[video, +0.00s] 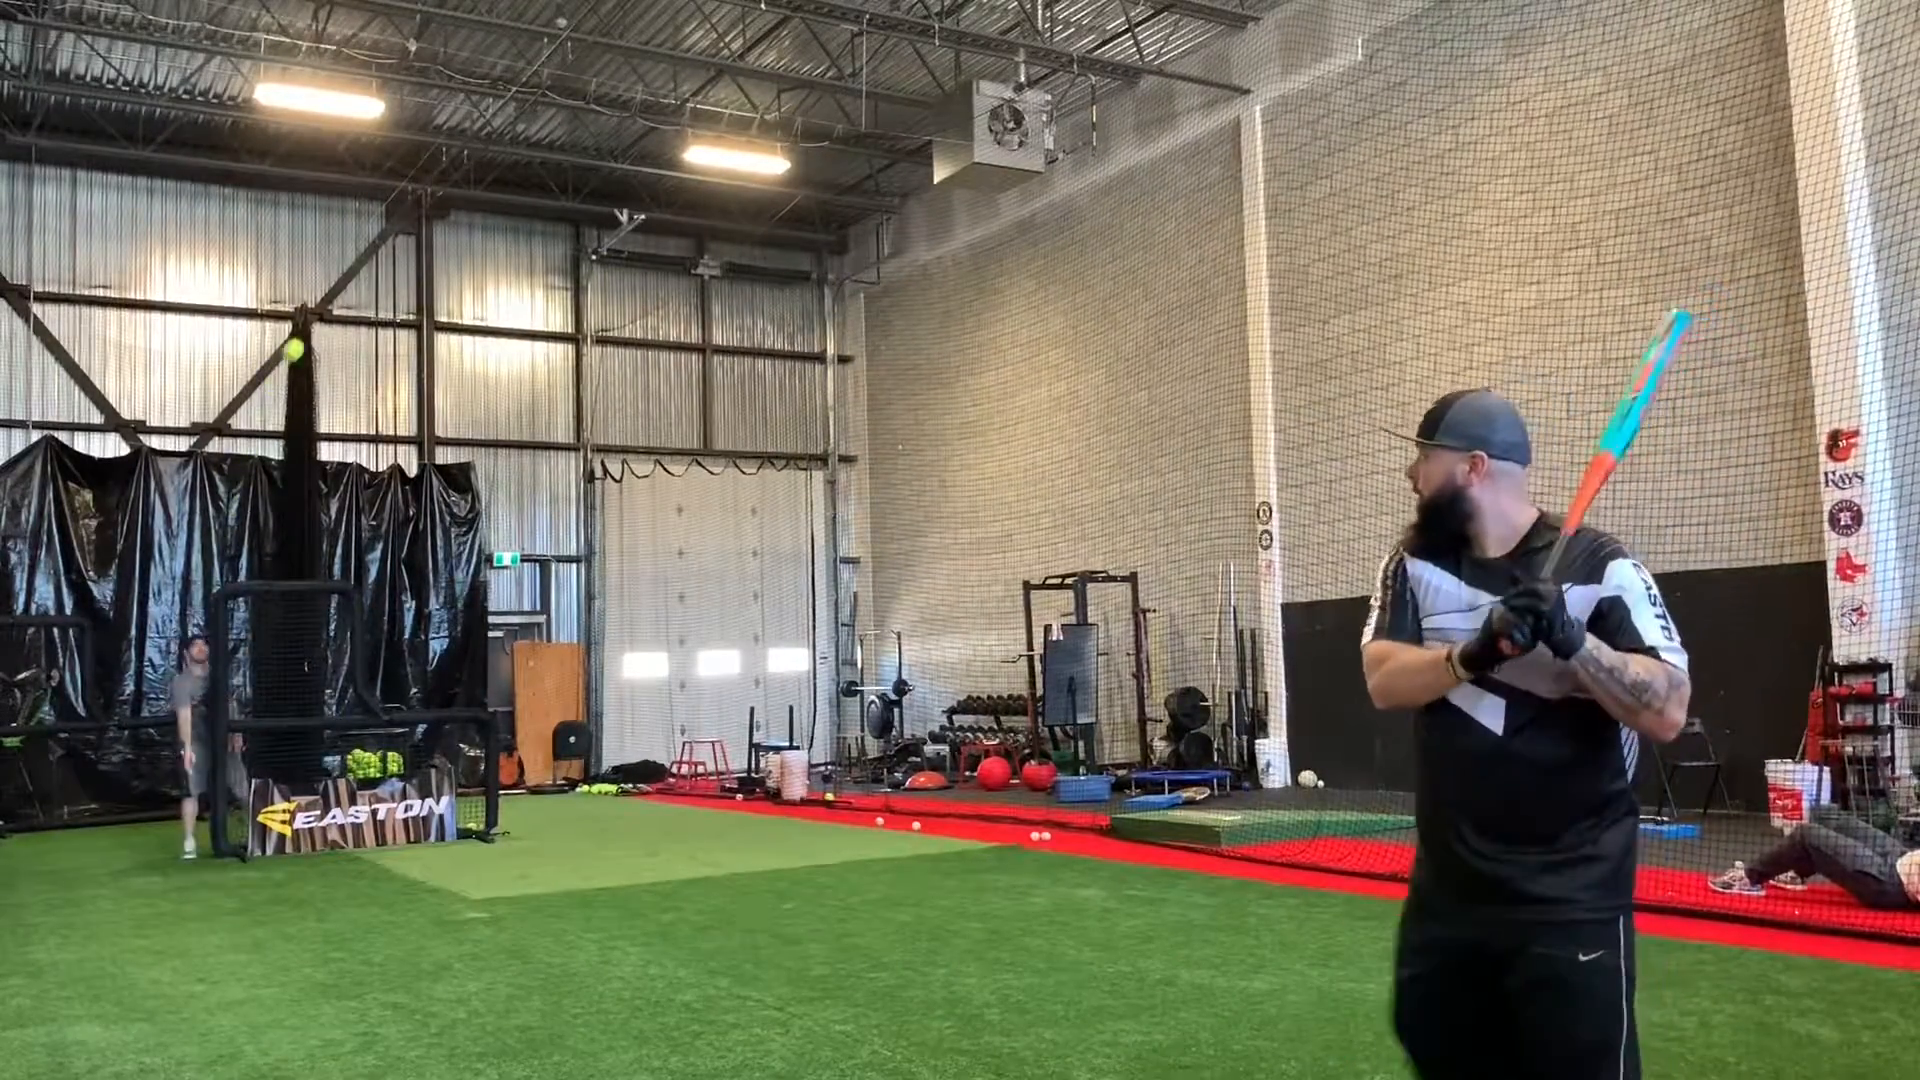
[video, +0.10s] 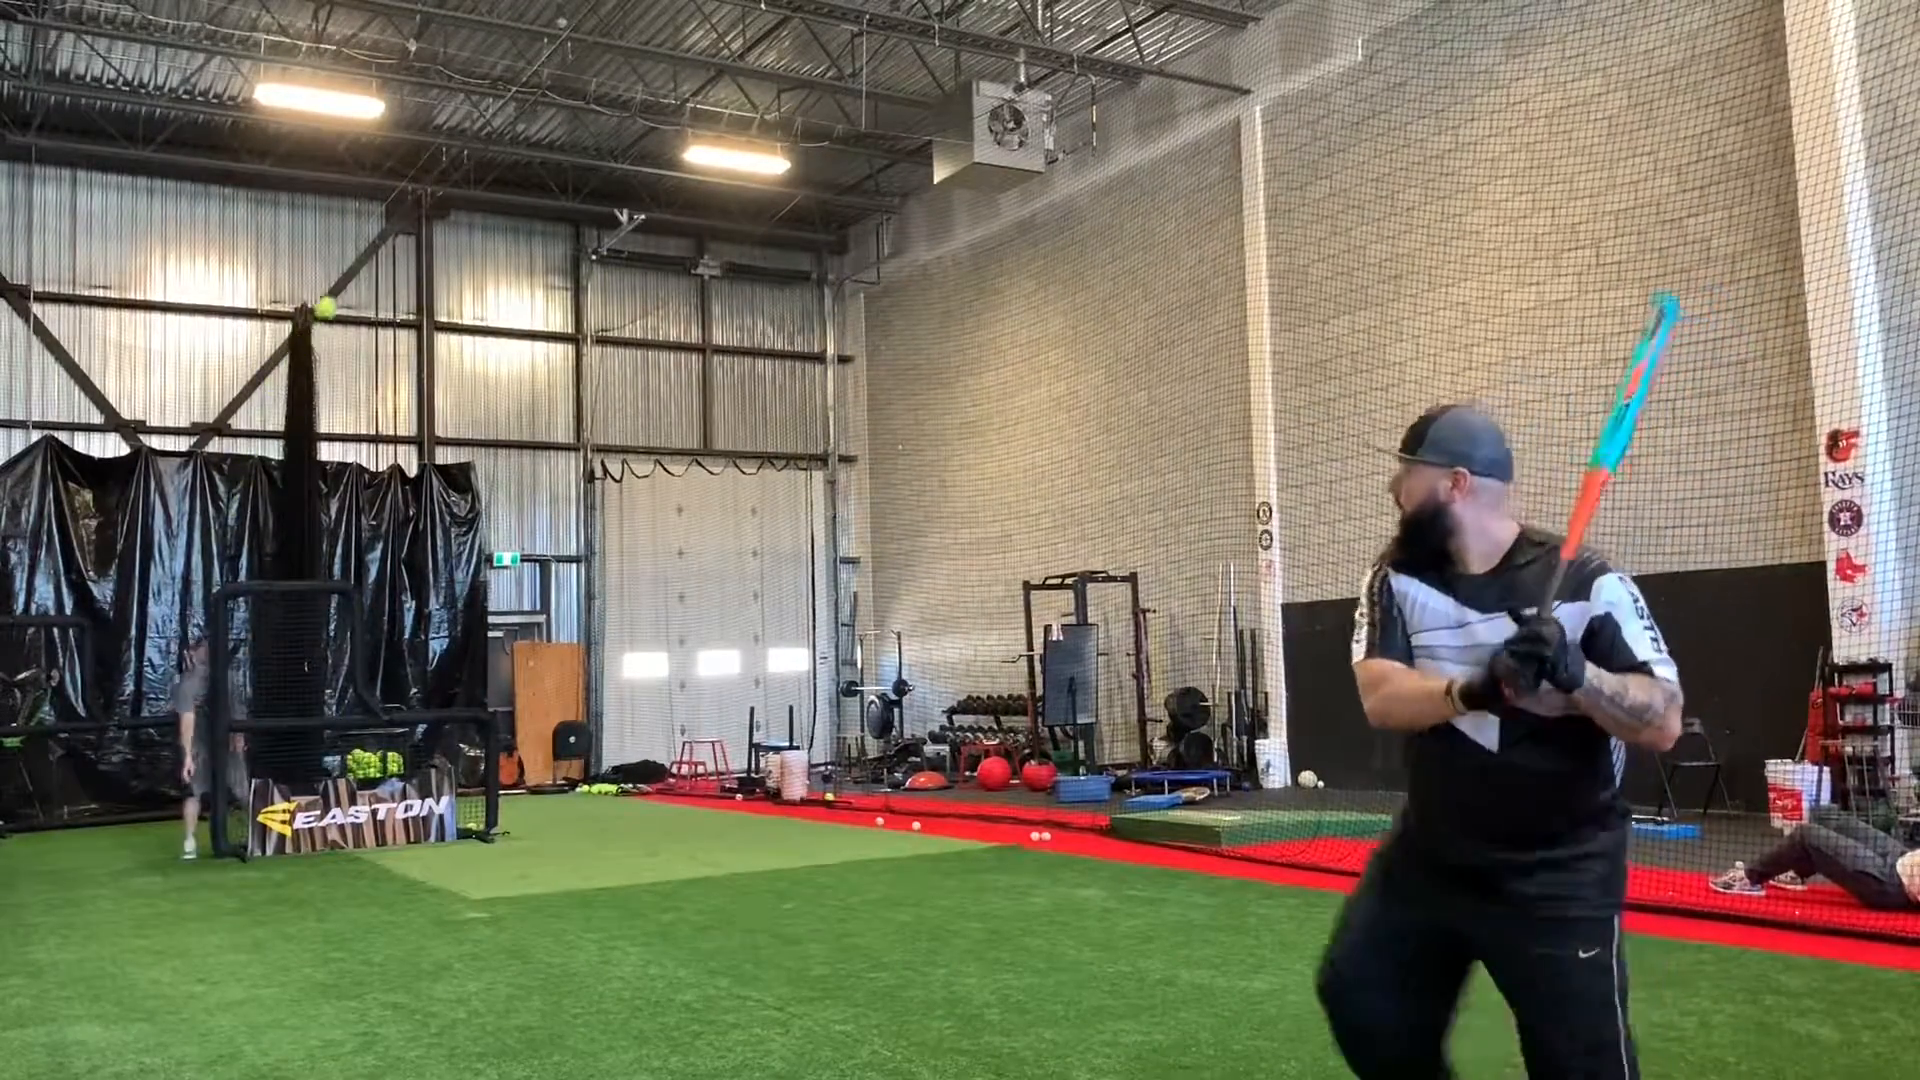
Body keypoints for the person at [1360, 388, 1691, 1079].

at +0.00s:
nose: (1411, 475)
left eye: (1425, 458)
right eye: (1416, 458)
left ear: (1476, 465)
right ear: (1473, 467)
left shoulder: (1602, 567)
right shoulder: (1415, 566)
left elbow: (1667, 713)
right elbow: (1382, 682)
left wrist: (1575, 642)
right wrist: (1475, 653)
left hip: (1570, 901)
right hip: (1450, 890)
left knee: (1579, 1064)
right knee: (1440, 1050)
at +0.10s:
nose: (1394, 490)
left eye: (1406, 473)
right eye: (1399, 474)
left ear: (1456, 482)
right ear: (1454, 483)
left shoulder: (1590, 583)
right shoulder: (1398, 580)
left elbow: (1663, 722)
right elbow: (1381, 699)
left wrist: (1580, 678)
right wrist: (1478, 689)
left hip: (1558, 874)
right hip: (1431, 859)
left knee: (1583, 1062)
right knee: (1362, 998)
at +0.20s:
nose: (1372, 506)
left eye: (1383, 489)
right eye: (1375, 490)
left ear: (1431, 503)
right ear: (1428, 505)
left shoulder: (1566, 599)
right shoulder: (1373, 599)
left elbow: (1648, 733)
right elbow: (1369, 717)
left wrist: (1572, 708)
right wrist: (1465, 725)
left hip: (1532, 864)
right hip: (1406, 847)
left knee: (1558, 1058)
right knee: (1303, 946)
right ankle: (1343, 1070)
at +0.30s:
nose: (1340, 522)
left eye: (1351, 508)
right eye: (1343, 508)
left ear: (1398, 523)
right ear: (1395, 524)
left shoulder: (1528, 611)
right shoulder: (1340, 614)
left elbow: (1617, 738)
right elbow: (1346, 730)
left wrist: (1549, 723)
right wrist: (1448, 745)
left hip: (1505, 863)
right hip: (1379, 848)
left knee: (1536, 1056)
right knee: (1260, 926)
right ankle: (1273, 1070)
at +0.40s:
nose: (1299, 538)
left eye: (1311, 524)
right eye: (1303, 525)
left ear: (1356, 538)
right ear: (1352, 540)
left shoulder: (1478, 616)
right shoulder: (1302, 619)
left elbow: (1579, 733)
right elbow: (1312, 716)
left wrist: (1519, 697)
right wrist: (1428, 712)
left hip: (1467, 868)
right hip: (1347, 857)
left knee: (1511, 1052)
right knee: (1224, 946)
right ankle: (1210, 1070)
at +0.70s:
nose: (1230, 587)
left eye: (1240, 575)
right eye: (1232, 574)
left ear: (1275, 585)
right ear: (1306, 580)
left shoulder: (1262, 672)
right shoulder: (1347, 646)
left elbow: (1164, 769)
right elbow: (1215, 651)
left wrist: (1103, 732)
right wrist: (1122, 667)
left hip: (1292, 903)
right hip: (1352, 892)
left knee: (1290, 1062)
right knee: (1203, 1004)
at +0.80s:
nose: (1204, 586)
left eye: (1206, 574)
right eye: (1204, 573)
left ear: (1224, 578)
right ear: (1284, 559)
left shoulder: (1197, 655)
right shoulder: (1352, 606)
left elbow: (1196, 741)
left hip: (1274, 892)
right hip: (1368, 881)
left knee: (1250, 1055)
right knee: (1218, 1034)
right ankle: (1191, 1069)